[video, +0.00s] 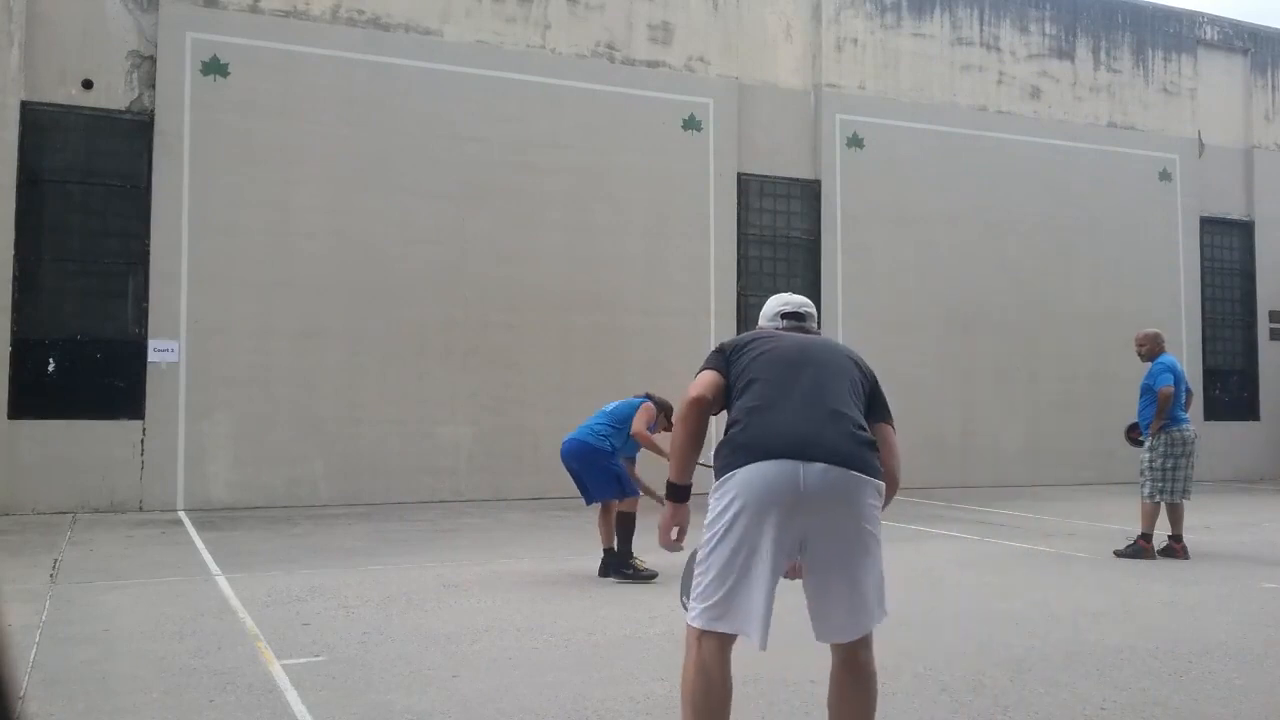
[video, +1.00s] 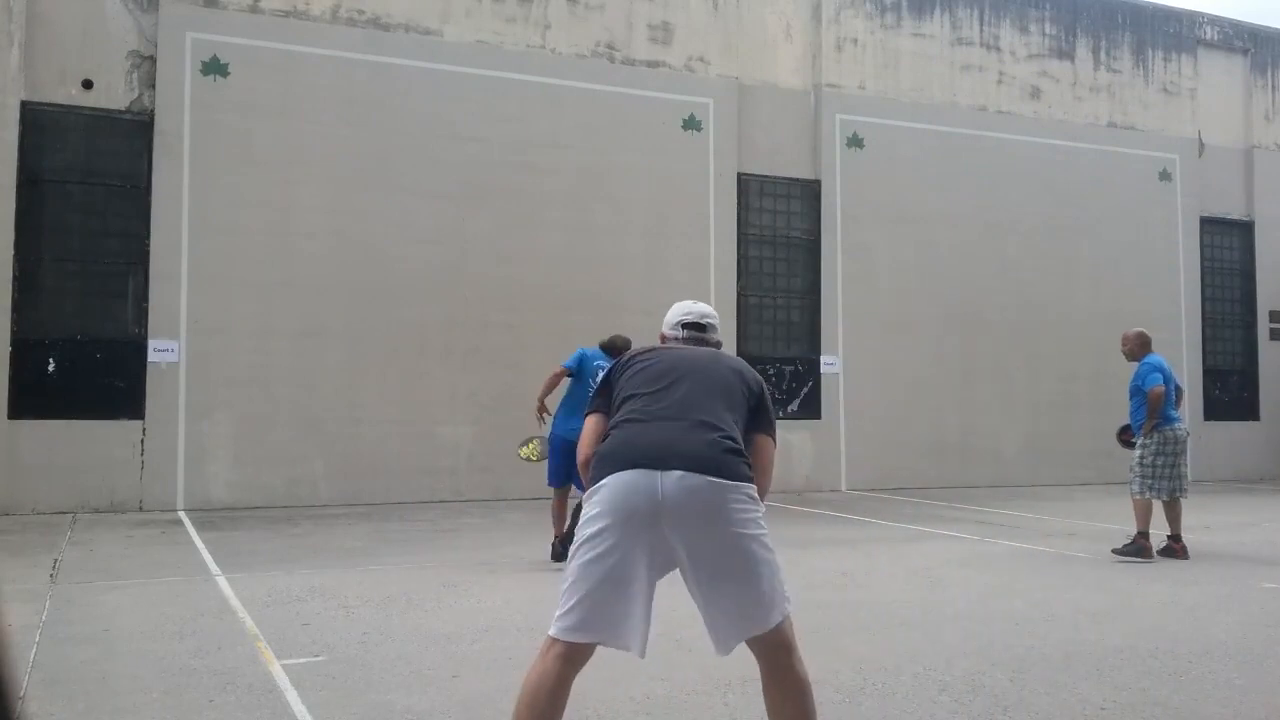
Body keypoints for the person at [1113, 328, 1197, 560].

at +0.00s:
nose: (1138, 351)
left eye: (1142, 346)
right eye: (1137, 346)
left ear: (1159, 345)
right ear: (1160, 347)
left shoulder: (1160, 365)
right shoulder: (1173, 363)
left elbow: (1166, 392)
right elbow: (1189, 393)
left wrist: (1156, 422)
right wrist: (1177, 419)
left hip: (1164, 435)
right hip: (1181, 432)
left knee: (1151, 489)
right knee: (1173, 491)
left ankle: (1144, 543)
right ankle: (1176, 543)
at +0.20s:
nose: (1138, 351)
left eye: (1142, 346)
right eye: (1137, 346)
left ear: (1159, 345)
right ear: (1160, 347)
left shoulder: (1160, 365)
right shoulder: (1173, 363)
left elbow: (1166, 392)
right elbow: (1189, 393)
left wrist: (1156, 422)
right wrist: (1177, 419)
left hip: (1164, 435)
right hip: (1181, 432)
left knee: (1151, 489)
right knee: (1173, 491)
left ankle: (1144, 543)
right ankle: (1176, 543)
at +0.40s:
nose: (1137, 351)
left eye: (1141, 346)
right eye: (1136, 347)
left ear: (1158, 345)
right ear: (1159, 347)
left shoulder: (1160, 365)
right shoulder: (1172, 363)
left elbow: (1166, 392)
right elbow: (1189, 394)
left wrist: (1156, 422)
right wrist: (1177, 419)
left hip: (1164, 435)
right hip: (1181, 432)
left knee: (1150, 489)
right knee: (1173, 491)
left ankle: (1144, 543)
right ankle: (1176, 543)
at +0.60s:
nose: (1135, 351)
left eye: (1139, 346)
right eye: (1134, 346)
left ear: (1155, 345)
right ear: (1157, 346)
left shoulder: (1158, 365)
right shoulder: (1171, 363)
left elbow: (1165, 392)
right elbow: (1188, 393)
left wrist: (1156, 423)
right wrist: (1177, 419)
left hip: (1163, 435)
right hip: (1181, 432)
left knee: (1149, 489)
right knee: (1174, 491)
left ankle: (1144, 542)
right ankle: (1176, 543)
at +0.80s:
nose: (1130, 350)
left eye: (1134, 345)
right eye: (1130, 346)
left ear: (1150, 344)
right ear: (1152, 346)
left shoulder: (1155, 366)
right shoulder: (1169, 363)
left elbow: (1161, 392)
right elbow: (1186, 392)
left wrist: (1154, 422)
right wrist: (1175, 417)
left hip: (1160, 435)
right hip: (1179, 432)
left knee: (1141, 485)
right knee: (1172, 489)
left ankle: (1145, 541)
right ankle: (1176, 543)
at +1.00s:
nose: (1122, 349)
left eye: (1126, 344)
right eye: (1122, 345)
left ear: (1139, 345)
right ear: (1143, 346)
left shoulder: (1148, 365)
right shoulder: (1160, 363)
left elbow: (1156, 391)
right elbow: (1178, 392)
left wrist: (1147, 425)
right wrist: (1167, 418)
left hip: (1157, 433)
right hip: (1174, 431)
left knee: (1140, 486)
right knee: (1169, 488)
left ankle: (1141, 541)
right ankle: (1176, 542)